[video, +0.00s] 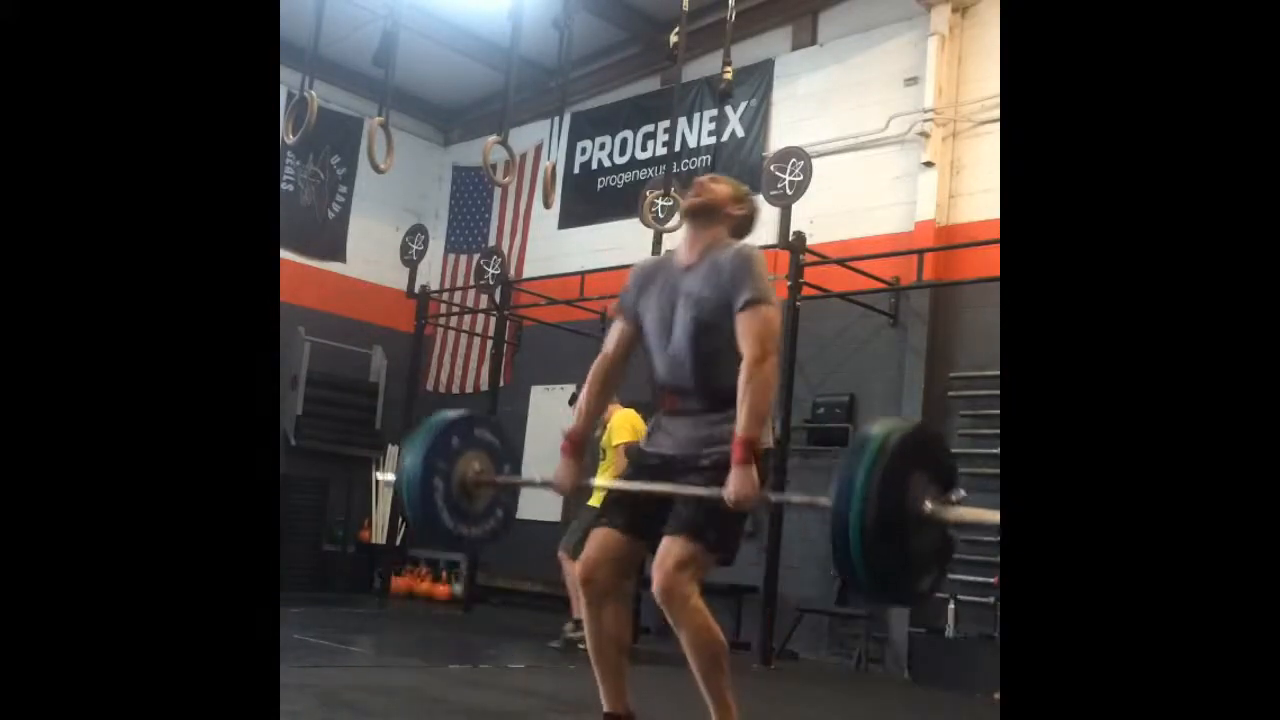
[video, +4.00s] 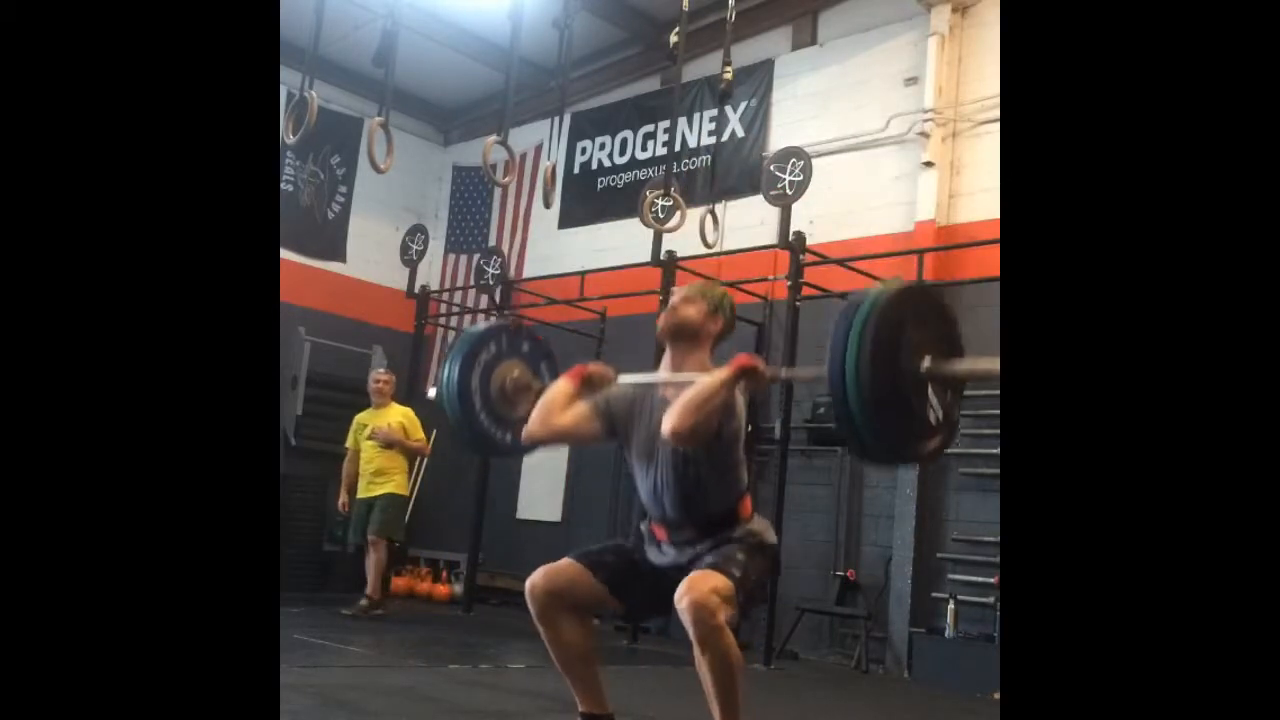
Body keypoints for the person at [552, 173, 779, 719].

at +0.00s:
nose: (700, 182)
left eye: (718, 182)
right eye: (697, 180)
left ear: (738, 210)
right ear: (685, 205)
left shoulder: (739, 261)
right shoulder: (648, 273)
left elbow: (759, 357)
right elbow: (610, 358)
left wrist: (744, 458)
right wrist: (576, 443)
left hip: (722, 446)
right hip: (660, 441)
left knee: (673, 580)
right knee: (596, 572)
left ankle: (725, 714)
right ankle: (616, 711)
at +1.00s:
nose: (699, 228)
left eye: (713, 220)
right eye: (698, 220)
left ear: (745, 233)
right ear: (695, 234)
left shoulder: (759, 299)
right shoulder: (665, 304)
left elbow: (714, 334)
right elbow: (582, 335)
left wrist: (770, 281)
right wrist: (611, 292)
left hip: (735, 463)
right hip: (664, 464)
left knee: (720, 590)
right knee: (560, 584)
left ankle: (758, 716)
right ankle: (544, 709)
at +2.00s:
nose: (711, 172)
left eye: (727, 164)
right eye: (711, 164)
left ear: (757, 180)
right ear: (707, 179)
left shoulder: (763, 246)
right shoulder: (679, 251)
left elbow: (729, 227)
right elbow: (584, 272)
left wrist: (792, 206)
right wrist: (633, 234)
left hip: (738, 422)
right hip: (673, 424)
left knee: (746, 585)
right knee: (634, 570)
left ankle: (768, 715)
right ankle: (604, 709)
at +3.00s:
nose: (691, 164)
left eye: (706, 156)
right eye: (690, 156)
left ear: (737, 173)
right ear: (682, 173)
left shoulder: (741, 237)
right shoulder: (657, 242)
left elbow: (708, 232)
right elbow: (562, 260)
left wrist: (765, 202)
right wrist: (612, 225)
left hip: (707, 417)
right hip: (641, 416)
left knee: (726, 580)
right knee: (629, 575)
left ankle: (739, 714)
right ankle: (605, 708)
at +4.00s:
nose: (671, 302)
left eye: (690, 298)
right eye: (671, 298)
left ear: (716, 323)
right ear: (661, 320)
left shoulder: (722, 389)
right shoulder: (632, 395)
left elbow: (676, 425)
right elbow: (538, 429)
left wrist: (731, 372)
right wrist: (577, 377)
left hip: (732, 547)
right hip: (657, 550)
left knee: (696, 601)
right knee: (546, 589)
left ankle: (727, 717)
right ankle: (595, 712)